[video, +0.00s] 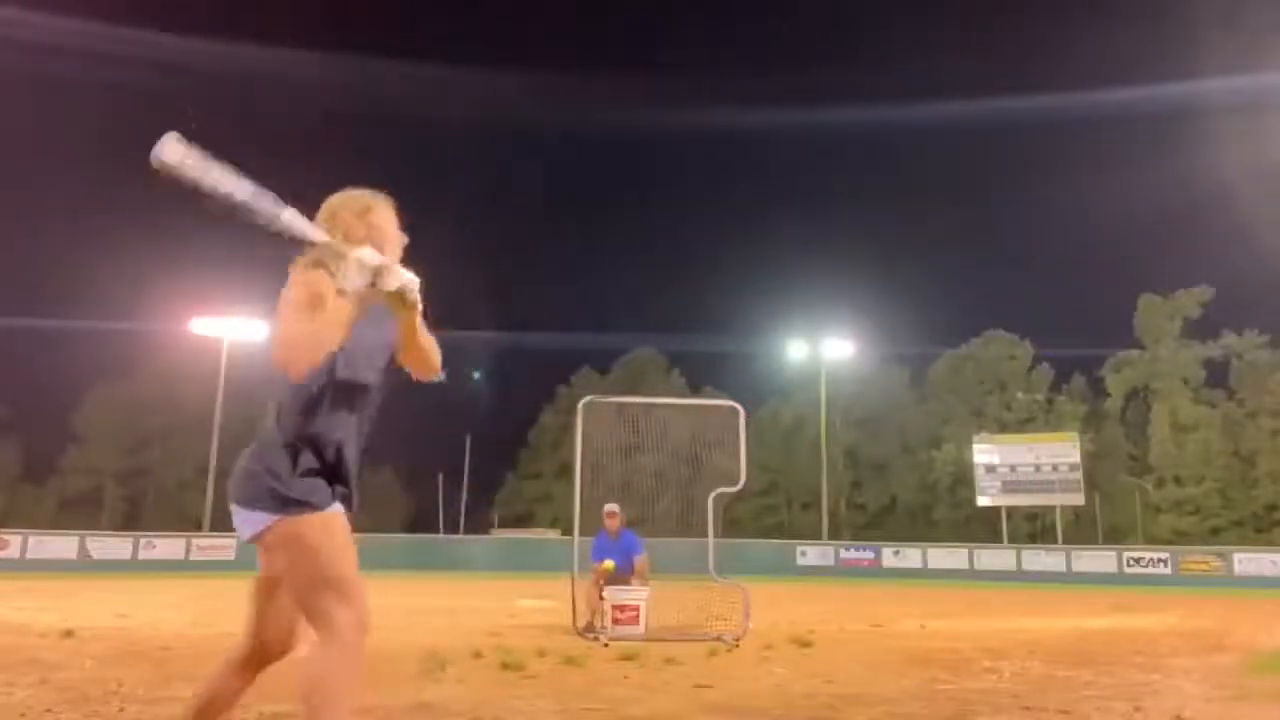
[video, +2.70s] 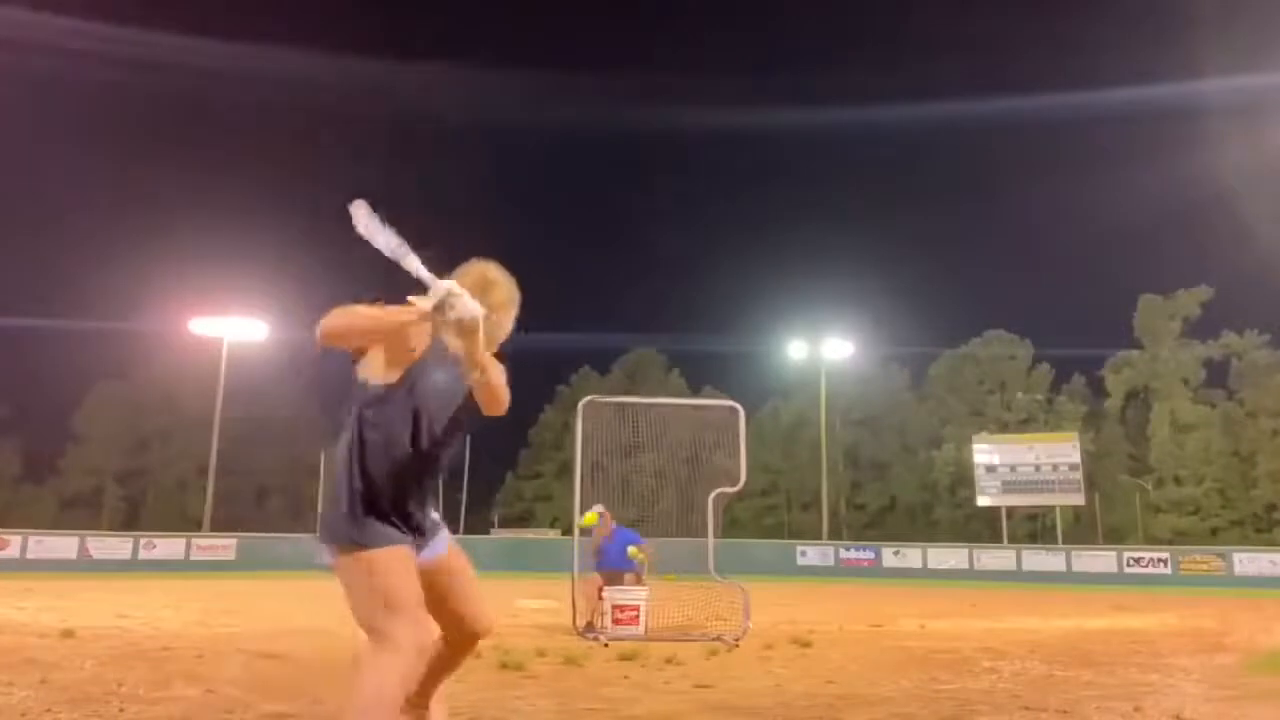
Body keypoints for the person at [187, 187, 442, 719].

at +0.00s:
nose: (401, 246)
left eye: (401, 236)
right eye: (391, 235)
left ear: (387, 248)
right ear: (355, 239)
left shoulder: (388, 303)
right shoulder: (311, 282)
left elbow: (427, 370)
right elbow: (295, 360)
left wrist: (408, 312)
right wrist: (352, 294)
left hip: (317, 485)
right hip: (282, 482)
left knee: (269, 640)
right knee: (344, 626)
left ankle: (198, 712)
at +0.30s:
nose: (375, 246)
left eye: (371, 236)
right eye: (368, 236)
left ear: (314, 240)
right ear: (349, 241)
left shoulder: (305, 289)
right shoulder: (320, 282)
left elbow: (394, 377)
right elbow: (344, 356)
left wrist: (418, 319)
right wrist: (386, 301)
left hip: (247, 482)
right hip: (282, 485)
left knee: (241, 637)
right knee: (337, 620)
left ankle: (183, 713)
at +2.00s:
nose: (430, 275)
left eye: (432, 266)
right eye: (430, 262)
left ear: (381, 247)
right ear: (414, 253)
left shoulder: (374, 309)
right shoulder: (360, 281)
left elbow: (427, 395)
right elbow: (382, 342)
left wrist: (478, 351)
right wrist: (452, 314)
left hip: (281, 480)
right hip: (307, 481)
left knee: (285, 637)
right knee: (374, 632)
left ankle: (199, 713)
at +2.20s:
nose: (454, 278)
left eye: (458, 270)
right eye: (455, 266)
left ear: (412, 256)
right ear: (438, 258)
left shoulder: (407, 321)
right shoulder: (376, 278)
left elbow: (431, 402)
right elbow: (377, 334)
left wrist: (477, 371)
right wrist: (463, 325)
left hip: (318, 482)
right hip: (309, 480)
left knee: (368, 634)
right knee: (390, 635)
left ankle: (272, 712)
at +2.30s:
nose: (472, 284)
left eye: (473, 273)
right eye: (471, 272)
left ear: (429, 263)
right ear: (457, 267)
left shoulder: (431, 330)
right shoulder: (387, 284)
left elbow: (441, 409)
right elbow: (361, 342)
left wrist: (474, 378)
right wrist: (456, 332)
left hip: (355, 487)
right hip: (311, 489)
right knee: (396, 634)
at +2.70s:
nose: (506, 331)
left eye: (506, 323)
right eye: (503, 320)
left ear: (486, 325)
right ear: (481, 312)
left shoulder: (482, 365)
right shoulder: (403, 331)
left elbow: (497, 404)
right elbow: (329, 329)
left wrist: (471, 345)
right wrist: (416, 312)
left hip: (418, 517)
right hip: (362, 515)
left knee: (470, 624)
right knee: (404, 641)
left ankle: (415, 701)